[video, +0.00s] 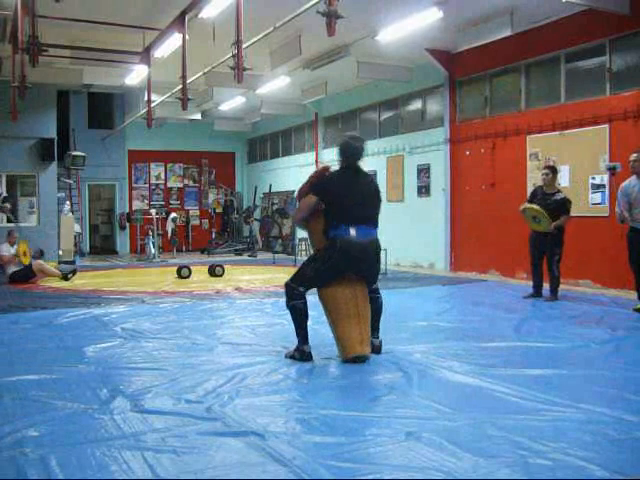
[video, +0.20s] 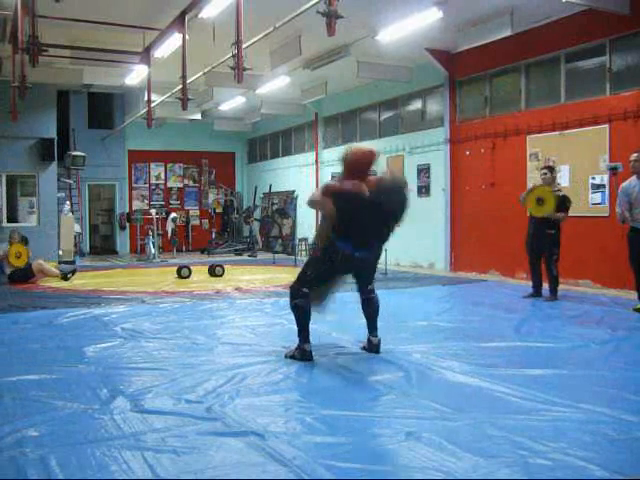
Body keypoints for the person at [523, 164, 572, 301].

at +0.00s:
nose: (543, 177)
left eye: (547, 174)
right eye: (542, 174)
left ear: (554, 177)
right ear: (540, 177)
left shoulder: (562, 198)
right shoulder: (537, 192)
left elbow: (565, 216)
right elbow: (529, 205)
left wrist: (554, 225)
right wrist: (525, 209)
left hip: (553, 233)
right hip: (537, 232)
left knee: (553, 264)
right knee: (536, 263)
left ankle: (553, 292)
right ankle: (536, 290)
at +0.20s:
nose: (543, 177)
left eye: (546, 174)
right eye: (541, 174)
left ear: (553, 176)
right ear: (540, 177)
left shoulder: (560, 196)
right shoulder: (537, 193)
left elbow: (564, 214)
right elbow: (523, 202)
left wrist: (552, 215)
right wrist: (529, 191)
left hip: (551, 230)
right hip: (535, 229)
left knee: (551, 261)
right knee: (534, 261)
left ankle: (553, 292)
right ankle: (536, 289)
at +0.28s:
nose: (544, 181)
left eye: (548, 177)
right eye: (542, 178)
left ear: (553, 179)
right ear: (538, 179)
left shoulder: (559, 195)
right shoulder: (535, 193)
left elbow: (561, 213)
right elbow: (520, 196)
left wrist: (554, 200)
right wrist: (531, 183)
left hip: (550, 232)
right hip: (534, 231)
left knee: (550, 263)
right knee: (534, 263)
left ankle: (553, 293)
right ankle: (536, 290)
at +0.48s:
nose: (537, 179)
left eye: (540, 176)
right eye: (536, 177)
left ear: (546, 179)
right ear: (534, 180)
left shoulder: (554, 194)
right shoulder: (532, 193)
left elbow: (565, 200)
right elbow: (519, 185)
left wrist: (560, 184)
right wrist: (529, 172)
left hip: (549, 230)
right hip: (533, 229)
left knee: (550, 262)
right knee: (535, 262)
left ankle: (553, 292)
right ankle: (537, 290)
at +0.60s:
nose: (533, 180)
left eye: (536, 177)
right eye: (532, 178)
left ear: (543, 179)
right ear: (531, 180)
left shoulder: (553, 194)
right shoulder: (531, 194)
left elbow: (567, 190)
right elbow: (518, 182)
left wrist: (561, 173)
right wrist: (529, 167)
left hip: (549, 229)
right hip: (533, 229)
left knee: (551, 262)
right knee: (534, 262)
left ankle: (553, 292)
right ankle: (537, 290)